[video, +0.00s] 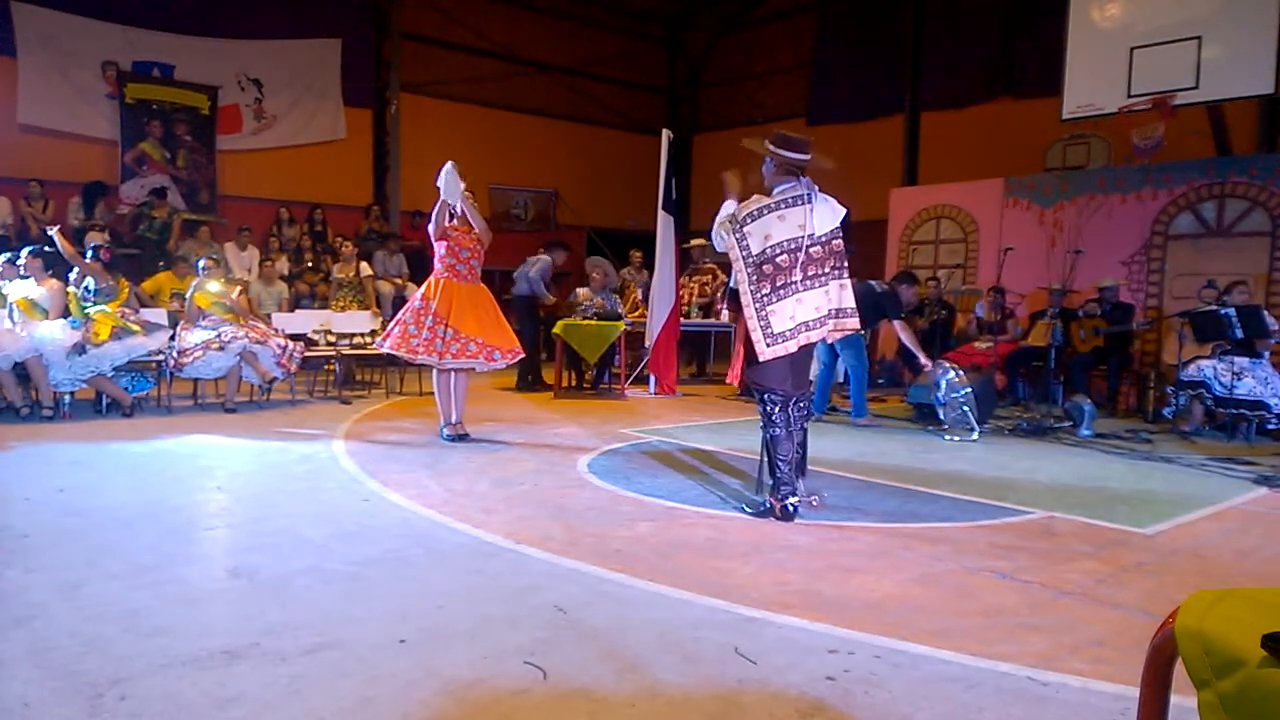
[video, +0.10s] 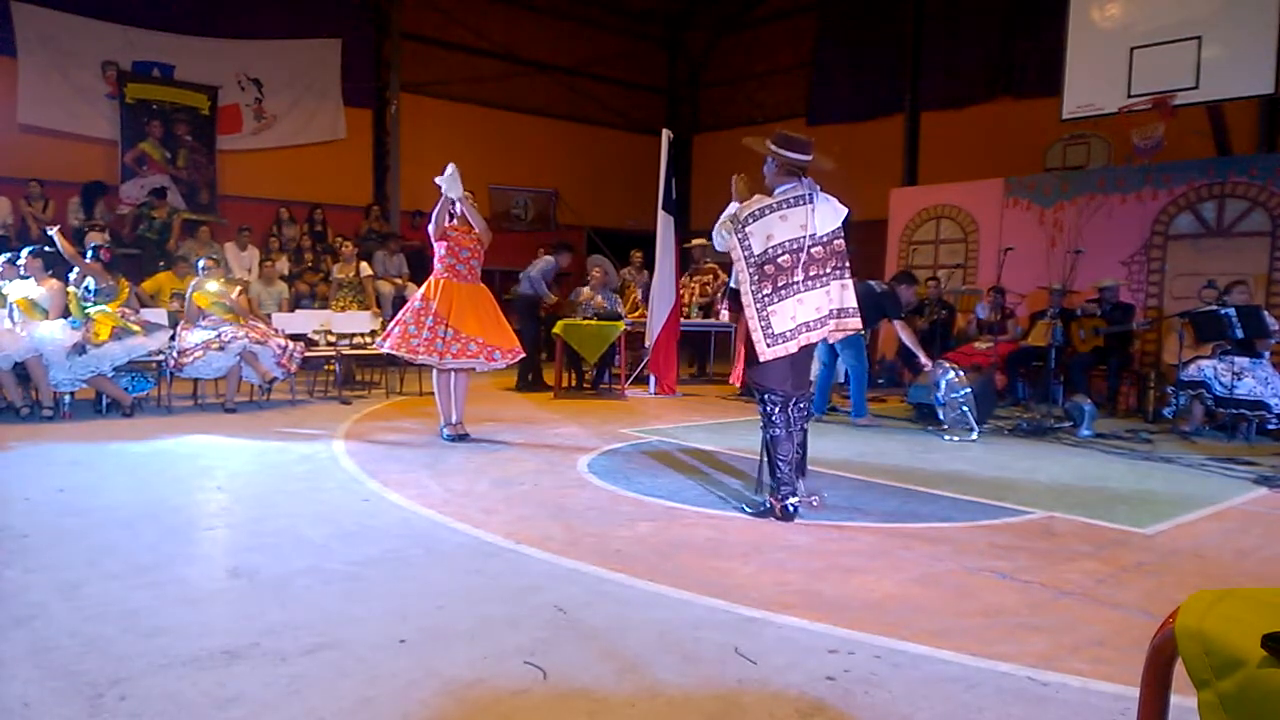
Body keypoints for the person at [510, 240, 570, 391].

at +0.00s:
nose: (564, 260)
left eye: (565, 257)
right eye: (564, 256)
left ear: (553, 251)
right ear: (556, 253)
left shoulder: (532, 259)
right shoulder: (546, 260)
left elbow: (517, 274)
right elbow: (533, 275)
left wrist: (530, 289)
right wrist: (547, 297)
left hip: (519, 297)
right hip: (528, 298)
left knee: (529, 340)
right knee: (531, 341)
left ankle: (535, 376)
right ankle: (524, 378)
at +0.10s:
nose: (568, 263)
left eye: (569, 259)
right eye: (568, 258)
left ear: (561, 256)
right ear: (561, 255)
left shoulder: (542, 261)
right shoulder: (549, 261)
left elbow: (522, 275)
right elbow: (534, 275)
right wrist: (547, 296)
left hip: (528, 298)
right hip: (527, 299)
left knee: (533, 341)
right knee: (530, 341)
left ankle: (537, 377)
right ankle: (523, 379)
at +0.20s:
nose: (573, 262)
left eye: (574, 258)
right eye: (572, 258)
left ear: (565, 257)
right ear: (565, 256)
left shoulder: (554, 267)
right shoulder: (552, 261)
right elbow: (536, 273)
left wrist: (549, 296)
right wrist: (549, 294)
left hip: (535, 299)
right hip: (527, 298)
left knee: (538, 339)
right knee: (531, 339)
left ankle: (537, 377)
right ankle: (523, 379)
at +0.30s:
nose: (576, 262)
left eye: (577, 259)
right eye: (575, 258)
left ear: (569, 257)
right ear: (568, 255)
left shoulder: (557, 268)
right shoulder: (555, 260)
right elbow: (538, 272)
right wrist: (550, 293)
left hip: (537, 299)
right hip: (529, 298)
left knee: (539, 340)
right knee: (531, 340)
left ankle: (538, 377)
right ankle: (521, 378)